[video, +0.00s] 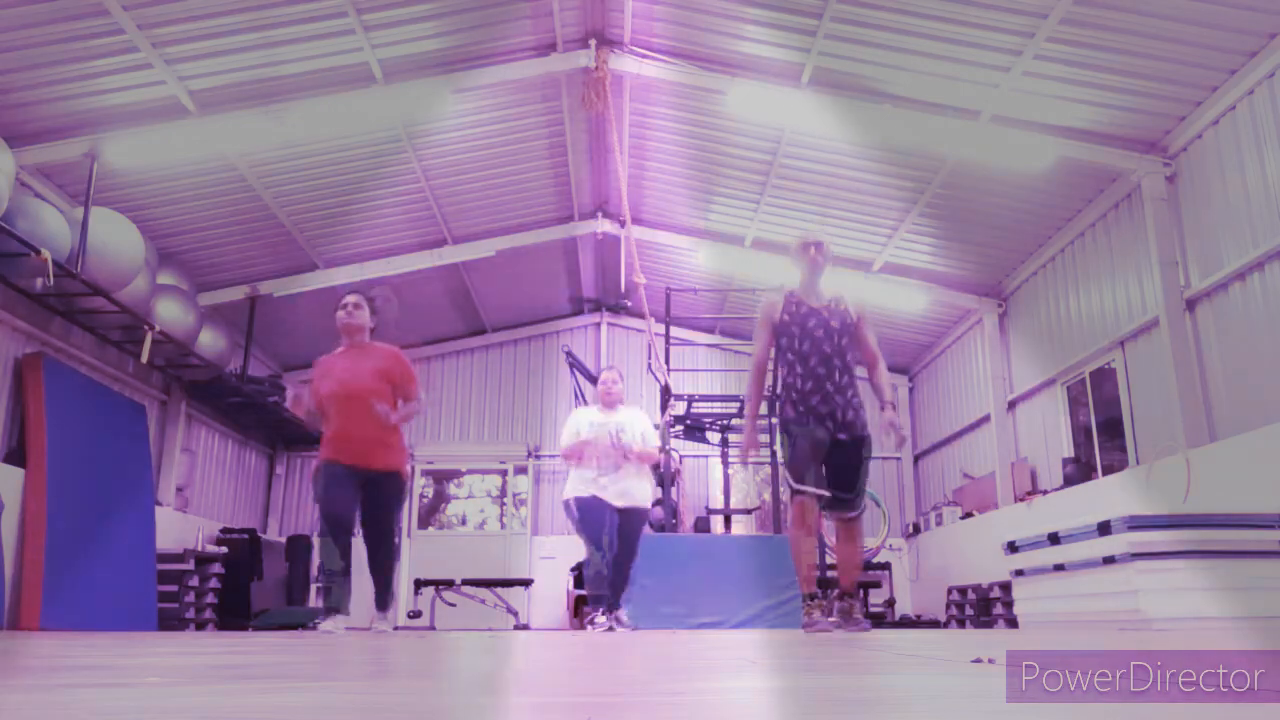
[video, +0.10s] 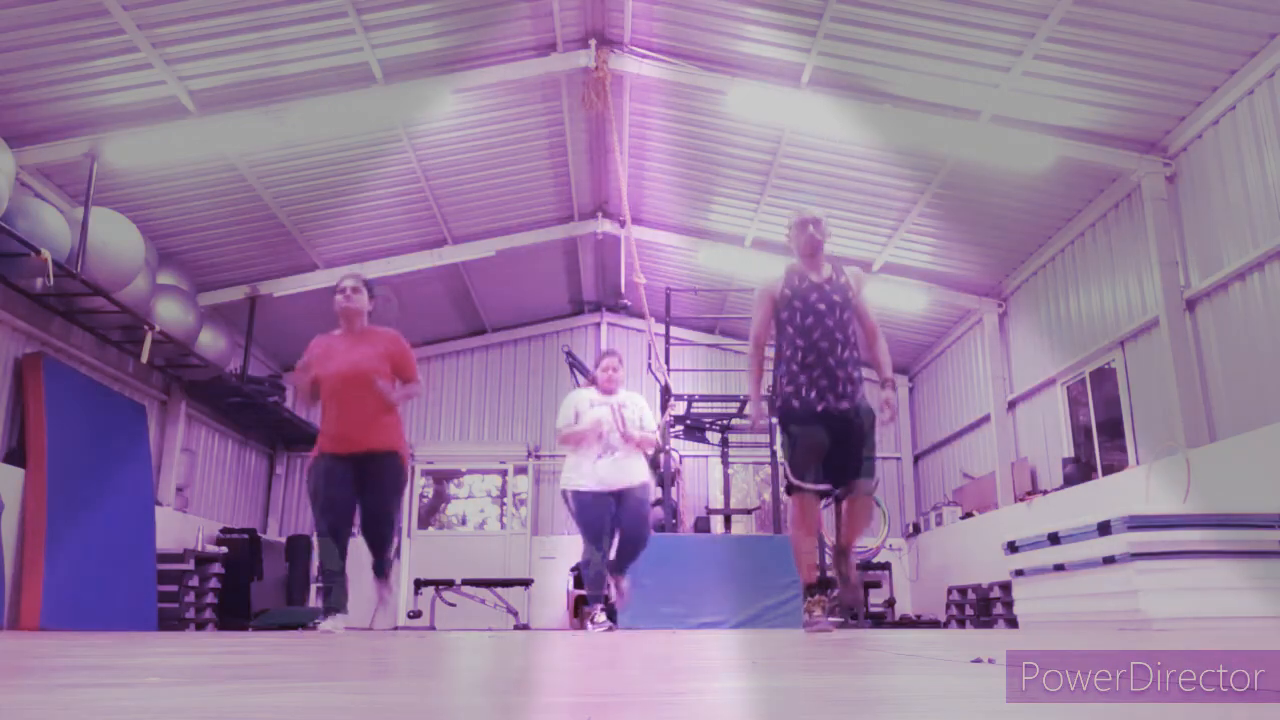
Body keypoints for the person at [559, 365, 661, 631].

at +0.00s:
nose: (609, 387)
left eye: (614, 382)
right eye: (604, 383)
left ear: (623, 387)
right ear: (596, 388)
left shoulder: (637, 417)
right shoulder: (581, 416)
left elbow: (655, 455)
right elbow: (566, 454)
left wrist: (635, 452)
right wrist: (585, 444)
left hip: (632, 496)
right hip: (589, 491)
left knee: (625, 554)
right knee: (600, 546)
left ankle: (614, 607)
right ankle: (597, 610)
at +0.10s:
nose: (611, 374)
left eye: (616, 369)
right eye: (605, 369)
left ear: (623, 373)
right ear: (595, 373)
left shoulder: (636, 401)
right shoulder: (577, 398)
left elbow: (654, 441)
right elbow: (563, 437)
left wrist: (634, 436)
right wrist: (591, 428)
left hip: (632, 479)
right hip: (588, 480)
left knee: (638, 534)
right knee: (596, 543)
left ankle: (616, 570)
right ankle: (596, 606)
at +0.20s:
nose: (609, 371)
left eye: (614, 367)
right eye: (604, 366)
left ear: (622, 368)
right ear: (593, 368)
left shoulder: (634, 395)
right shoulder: (574, 393)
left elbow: (653, 435)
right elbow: (560, 432)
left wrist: (635, 433)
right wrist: (588, 430)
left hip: (627, 461)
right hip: (584, 468)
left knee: (641, 495)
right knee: (597, 541)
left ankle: (623, 549)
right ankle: (595, 604)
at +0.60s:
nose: (607, 361)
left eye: (613, 357)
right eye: (602, 356)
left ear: (621, 365)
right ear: (591, 363)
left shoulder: (633, 393)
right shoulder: (572, 391)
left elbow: (653, 435)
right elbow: (555, 432)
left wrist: (634, 436)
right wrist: (580, 434)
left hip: (625, 472)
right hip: (582, 477)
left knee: (616, 517)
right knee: (592, 545)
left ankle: (620, 576)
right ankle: (598, 608)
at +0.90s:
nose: (607, 347)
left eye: (614, 343)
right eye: (602, 342)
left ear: (624, 353)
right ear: (594, 351)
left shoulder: (640, 385)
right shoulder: (576, 382)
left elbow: (655, 425)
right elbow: (558, 421)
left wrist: (629, 419)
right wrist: (578, 419)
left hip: (625, 471)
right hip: (578, 471)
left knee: (613, 537)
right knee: (577, 531)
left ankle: (609, 607)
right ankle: (586, 571)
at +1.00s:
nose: (605, 341)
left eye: (612, 338)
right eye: (601, 337)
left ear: (622, 348)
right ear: (593, 345)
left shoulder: (639, 377)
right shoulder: (574, 376)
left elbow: (654, 420)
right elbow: (557, 417)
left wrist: (628, 419)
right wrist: (572, 417)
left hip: (626, 457)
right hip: (580, 449)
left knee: (610, 531)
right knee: (567, 487)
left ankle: (605, 604)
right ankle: (581, 547)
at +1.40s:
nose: (601, 338)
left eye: (608, 334)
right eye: (596, 335)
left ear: (618, 345)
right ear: (589, 345)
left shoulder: (637, 376)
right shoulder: (571, 374)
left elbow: (656, 421)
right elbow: (552, 419)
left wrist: (629, 420)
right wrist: (569, 413)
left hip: (625, 463)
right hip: (578, 456)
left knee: (611, 538)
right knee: (588, 510)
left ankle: (600, 605)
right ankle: (581, 590)